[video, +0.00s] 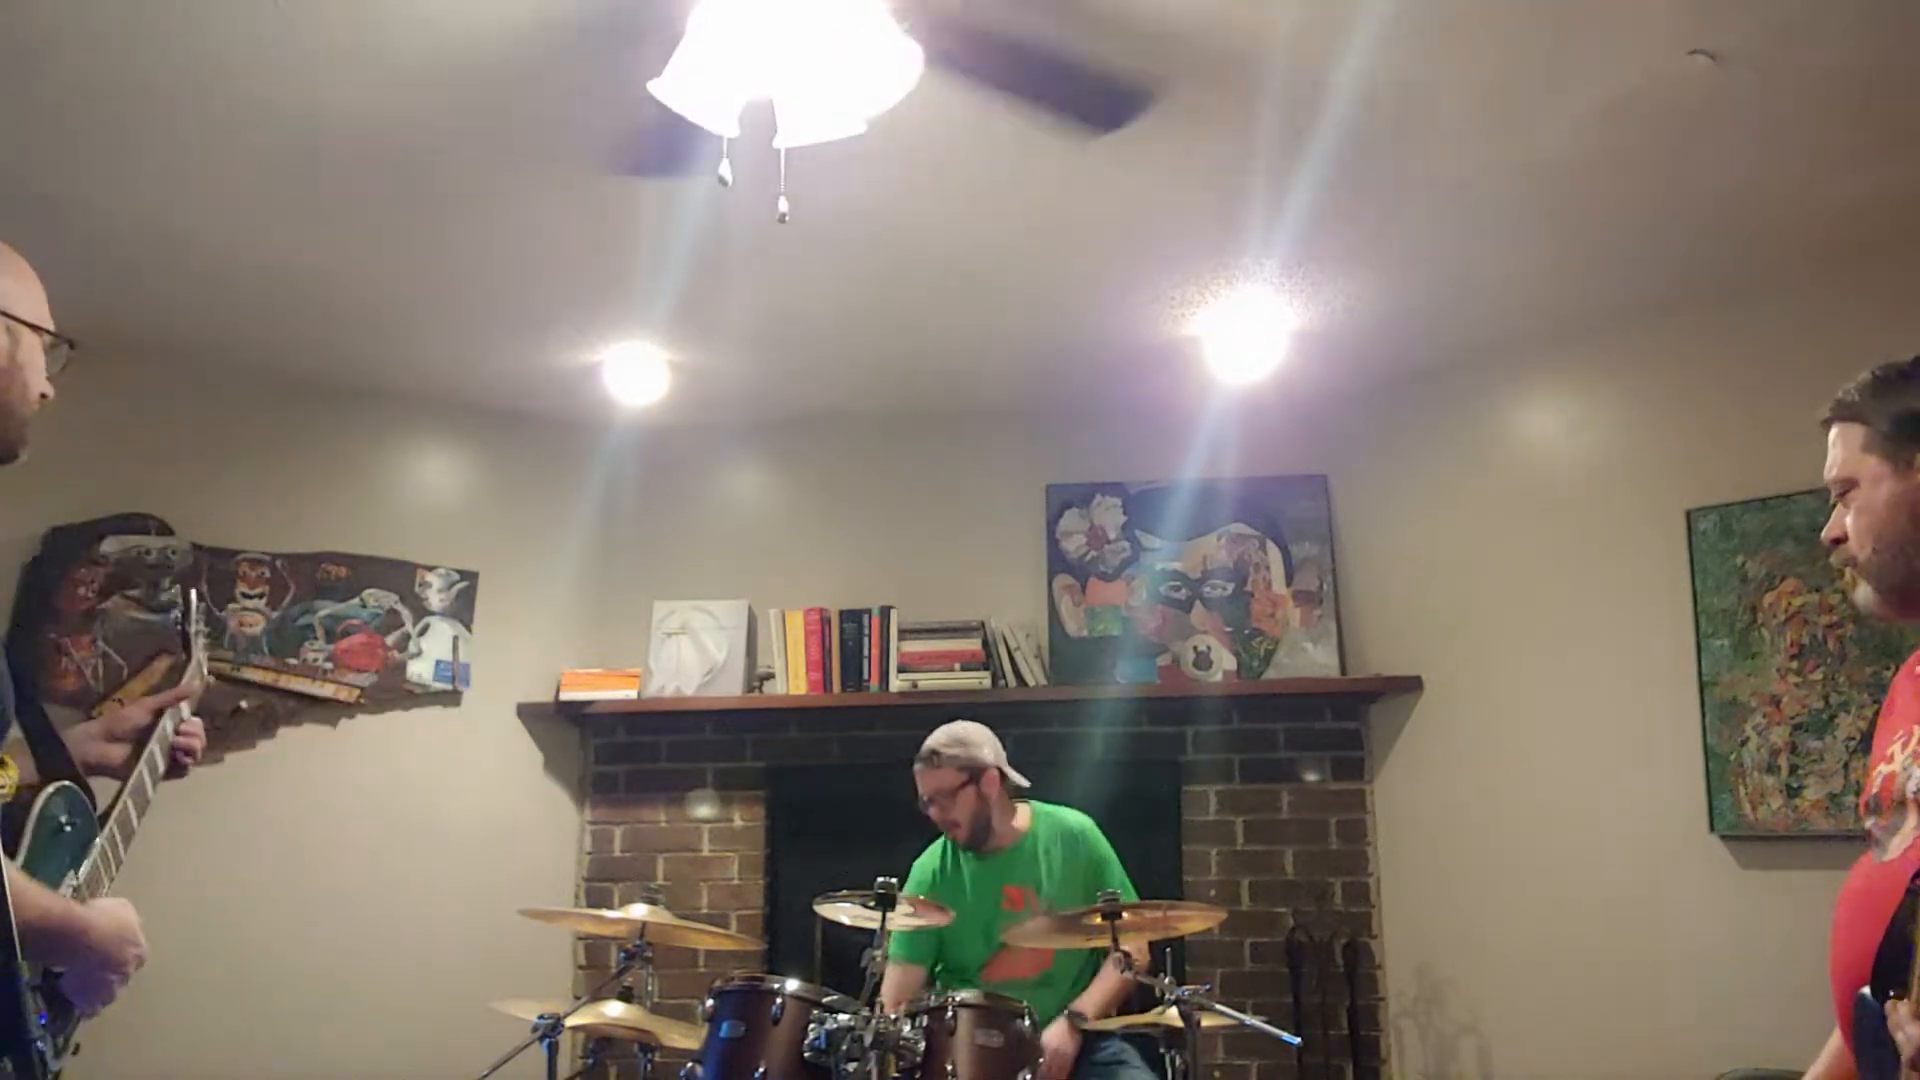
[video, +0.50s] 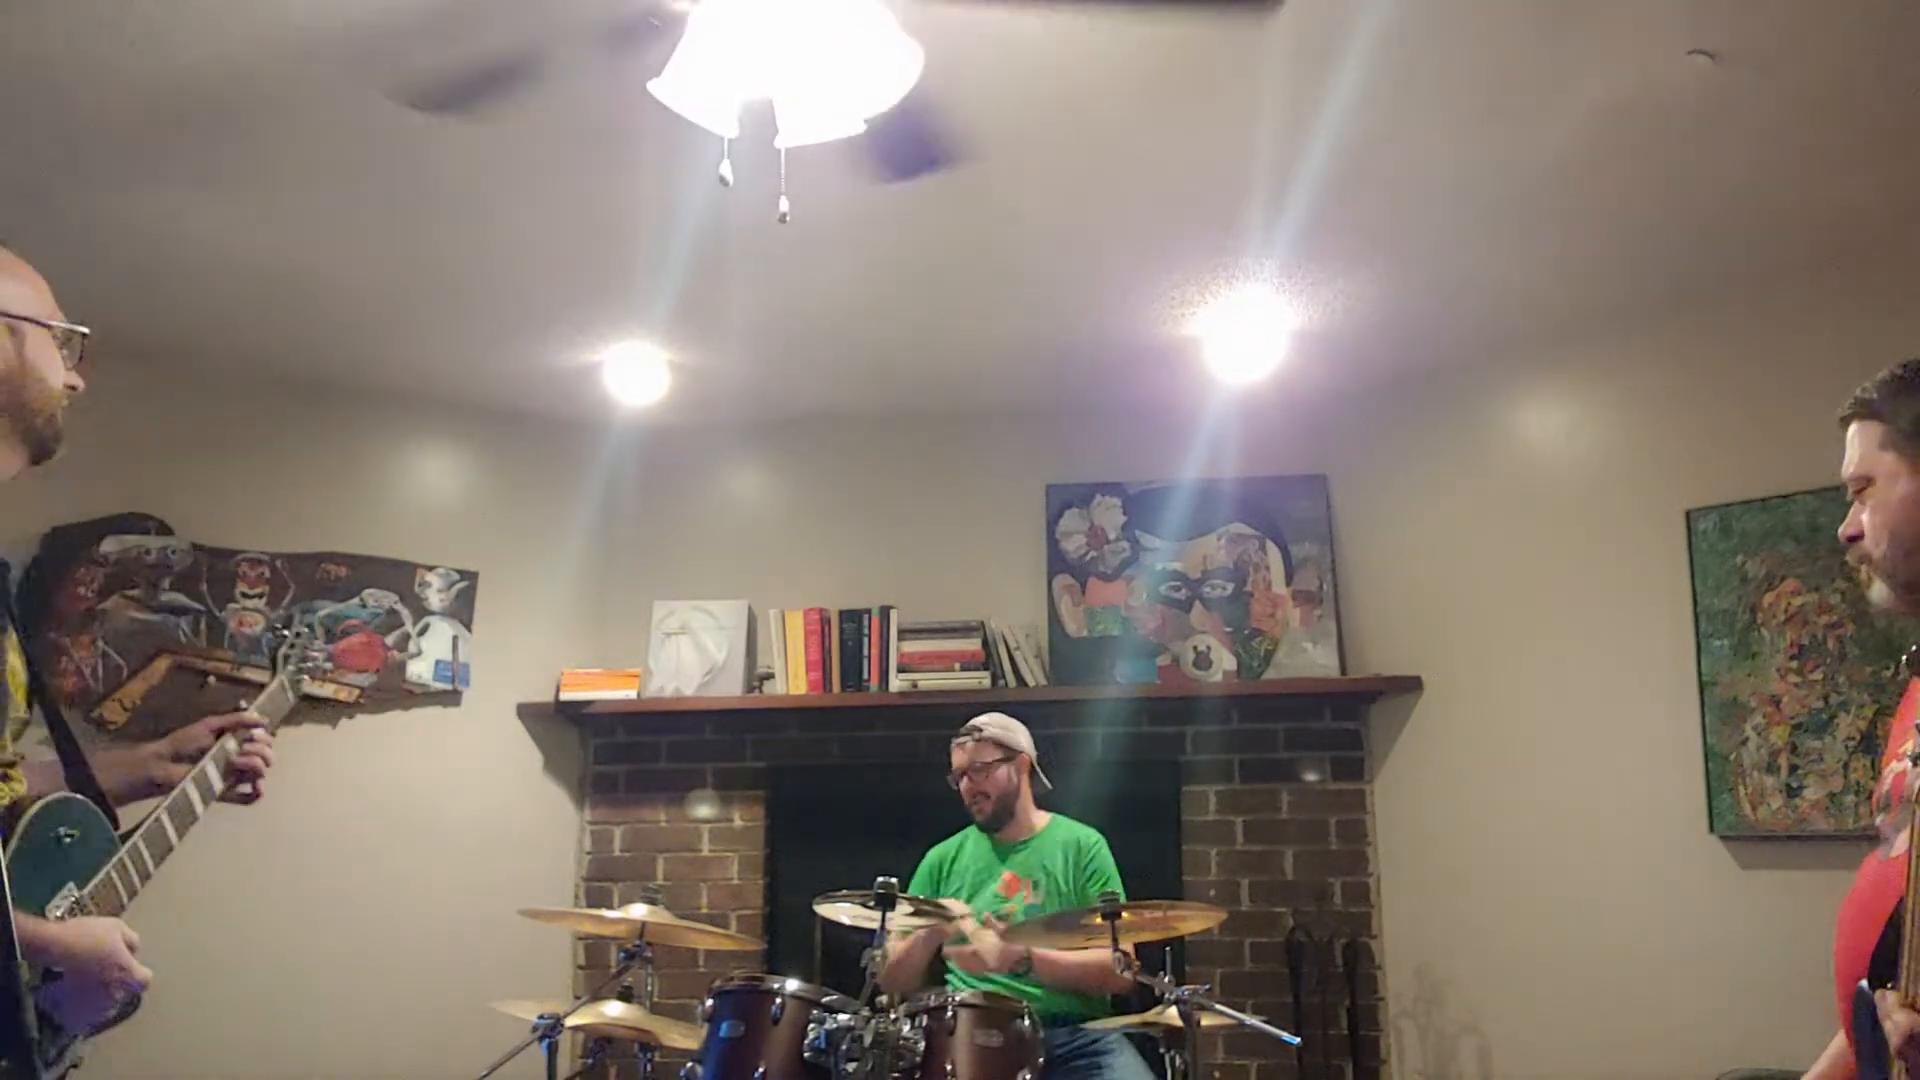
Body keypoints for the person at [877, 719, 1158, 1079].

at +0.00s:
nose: (935, 816)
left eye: (944, 798)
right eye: (928, 803)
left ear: (989, 782)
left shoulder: (1074, 836)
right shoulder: (931, 872)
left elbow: (1133, 946)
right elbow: (895, 1004)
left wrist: (1073, 1022)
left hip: (1077, 1037)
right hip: (971, 1039)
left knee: (1136, 1075)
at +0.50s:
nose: (967, 788)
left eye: (980, 771)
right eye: (959, 777)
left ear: (1021, 767)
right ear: (953, 781)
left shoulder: (1083, 847)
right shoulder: (941, 860)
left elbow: (1120, 970)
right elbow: (892, 983)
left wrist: (1017, 957)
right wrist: (931, 934)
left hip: (1078, 1031)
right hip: (970, 1034)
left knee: (1134, 1074)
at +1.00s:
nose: (982, 783)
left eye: (997, 768)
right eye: (971, 770)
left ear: (1031, 766)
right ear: (959, 775)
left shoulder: (1088, 846)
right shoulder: (940, 856)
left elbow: (1142, 959)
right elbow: (902, 976)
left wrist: (1078, 976)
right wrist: (981, 975)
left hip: (1074, 1030)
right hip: (971, 1032)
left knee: (1130, 1074)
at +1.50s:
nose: (1005, 773)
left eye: (1018, 758)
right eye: (992, 760)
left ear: (1047, 764)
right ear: (976, 769)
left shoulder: (1093, 848)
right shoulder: (943, 852)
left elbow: (1139, 963)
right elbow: (902, 974)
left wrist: (1093, 979)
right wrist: (977, 976)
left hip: (1072, 1030)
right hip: (969, 1031)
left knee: (1131, 1074)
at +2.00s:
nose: (1009, 767)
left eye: (1021, 755)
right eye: (996, 758)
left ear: (1049, 765)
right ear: (980, 772)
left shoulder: (1093, 852)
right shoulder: (946, 858)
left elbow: (1140, 968)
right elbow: (906, 977)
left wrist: (1092, 977)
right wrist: (979, 974)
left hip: (1079, 1029)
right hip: (977, 1033)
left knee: (1127, 1073)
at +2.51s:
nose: (993, 778)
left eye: (1008, 764)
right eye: (981, 765)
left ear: (1038, 767)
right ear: (967, 771)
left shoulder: (1088, 845)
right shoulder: (939, 854)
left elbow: (1140, 958)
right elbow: (904, 984)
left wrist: (1093, 976)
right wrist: (957, 933)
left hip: (1074, 1029)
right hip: (972, 1031)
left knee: (1130, 1074)